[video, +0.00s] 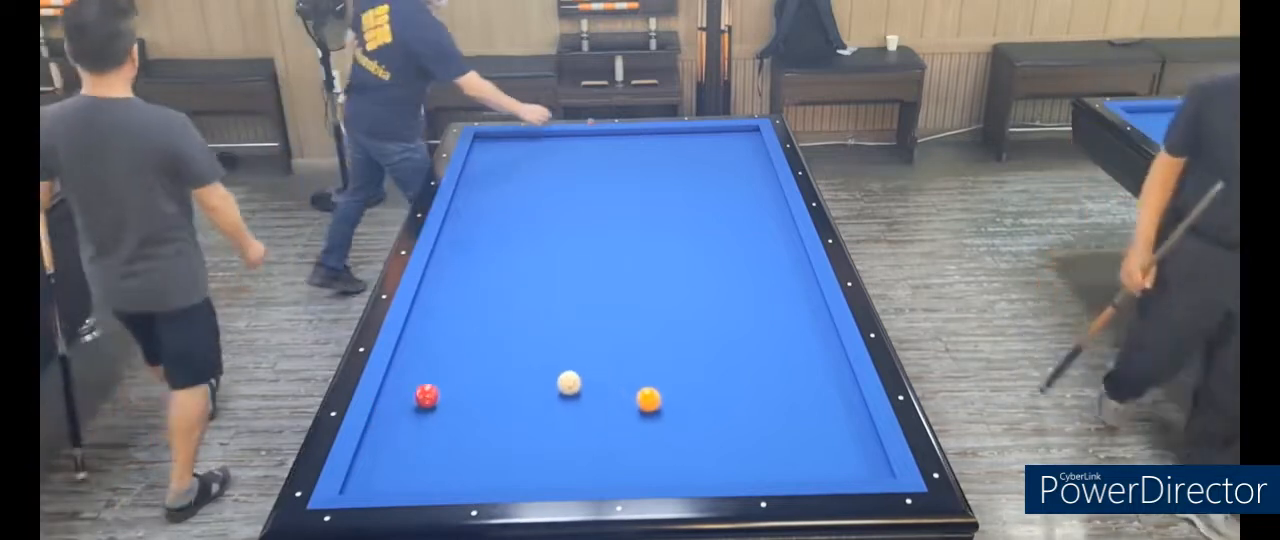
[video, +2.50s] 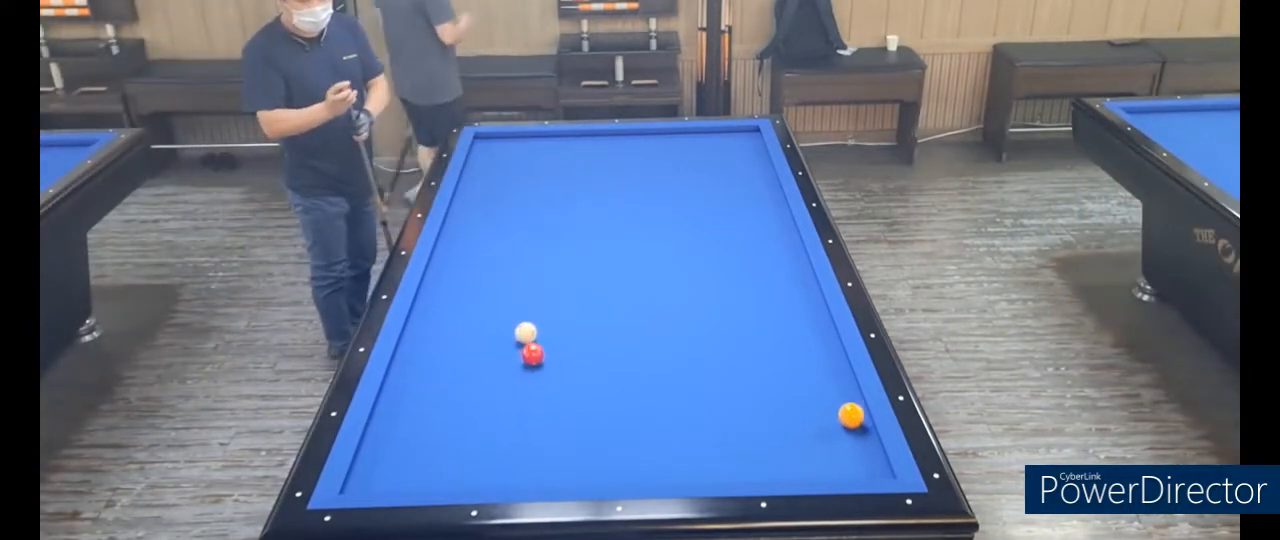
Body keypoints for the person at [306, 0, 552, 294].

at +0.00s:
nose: (447, 6)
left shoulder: (372, 8)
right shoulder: (425, 27)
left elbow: (356, 45)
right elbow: (470, 84)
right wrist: (522, 109)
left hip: (359, 122)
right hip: (393, 131)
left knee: (358, 193)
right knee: (431, 205)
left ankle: (330, 268)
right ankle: (440, 277)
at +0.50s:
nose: (493, 6)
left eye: (495, 2)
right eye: (491, 1)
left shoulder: (415, 3)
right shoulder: (465, 32)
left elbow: (390, 40)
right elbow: (510, 92)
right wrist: (554, 111)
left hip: (381, 114)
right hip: (413, 126)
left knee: (392, 202)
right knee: (431, 209)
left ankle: (381, 283)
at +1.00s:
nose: (429, 2)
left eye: (428, 1)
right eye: (423, 0)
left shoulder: (407, 19)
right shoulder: (382, 28)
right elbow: (358, 93)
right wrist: (412, 132)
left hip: (400, 144)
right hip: (386, 149)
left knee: (391, 223)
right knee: (428, 219)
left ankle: (381, 295)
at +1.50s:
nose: (367, 4)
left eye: (372, 0)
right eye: (357, 1)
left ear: (378, 2)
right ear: (336, 2)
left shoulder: (376, 25)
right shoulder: (317, 38)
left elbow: (383, 85)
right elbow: (291, 108)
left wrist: (401, 123)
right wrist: (344, 150)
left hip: (383, 166)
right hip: (348, 173)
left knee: (386, 251)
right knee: (360, 261)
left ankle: (383, 336)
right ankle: (351, 347)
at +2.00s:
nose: (322, 9)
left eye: (326, 1)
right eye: (309, 3)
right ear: (285, 6)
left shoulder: (350, 28)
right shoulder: (270, 51)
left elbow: (377, 84)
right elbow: (269, 128)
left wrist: (386, 134)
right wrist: (317, 112)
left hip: (366, 175)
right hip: (321, 184)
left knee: (371, 262)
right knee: (337, 272)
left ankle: (376, 337)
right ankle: (348, 351)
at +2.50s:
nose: (319, 8)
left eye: (324, 1)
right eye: (307, 3)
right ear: (284, 5)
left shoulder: (347, 28)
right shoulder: (263, 49)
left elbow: (379, 85)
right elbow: (271, 125)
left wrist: (368, 112)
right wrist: (326, 109)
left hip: (358, 173)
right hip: (313, 182)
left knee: (361, 261)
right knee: (331, 270)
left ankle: (358, 329)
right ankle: (342, 346)